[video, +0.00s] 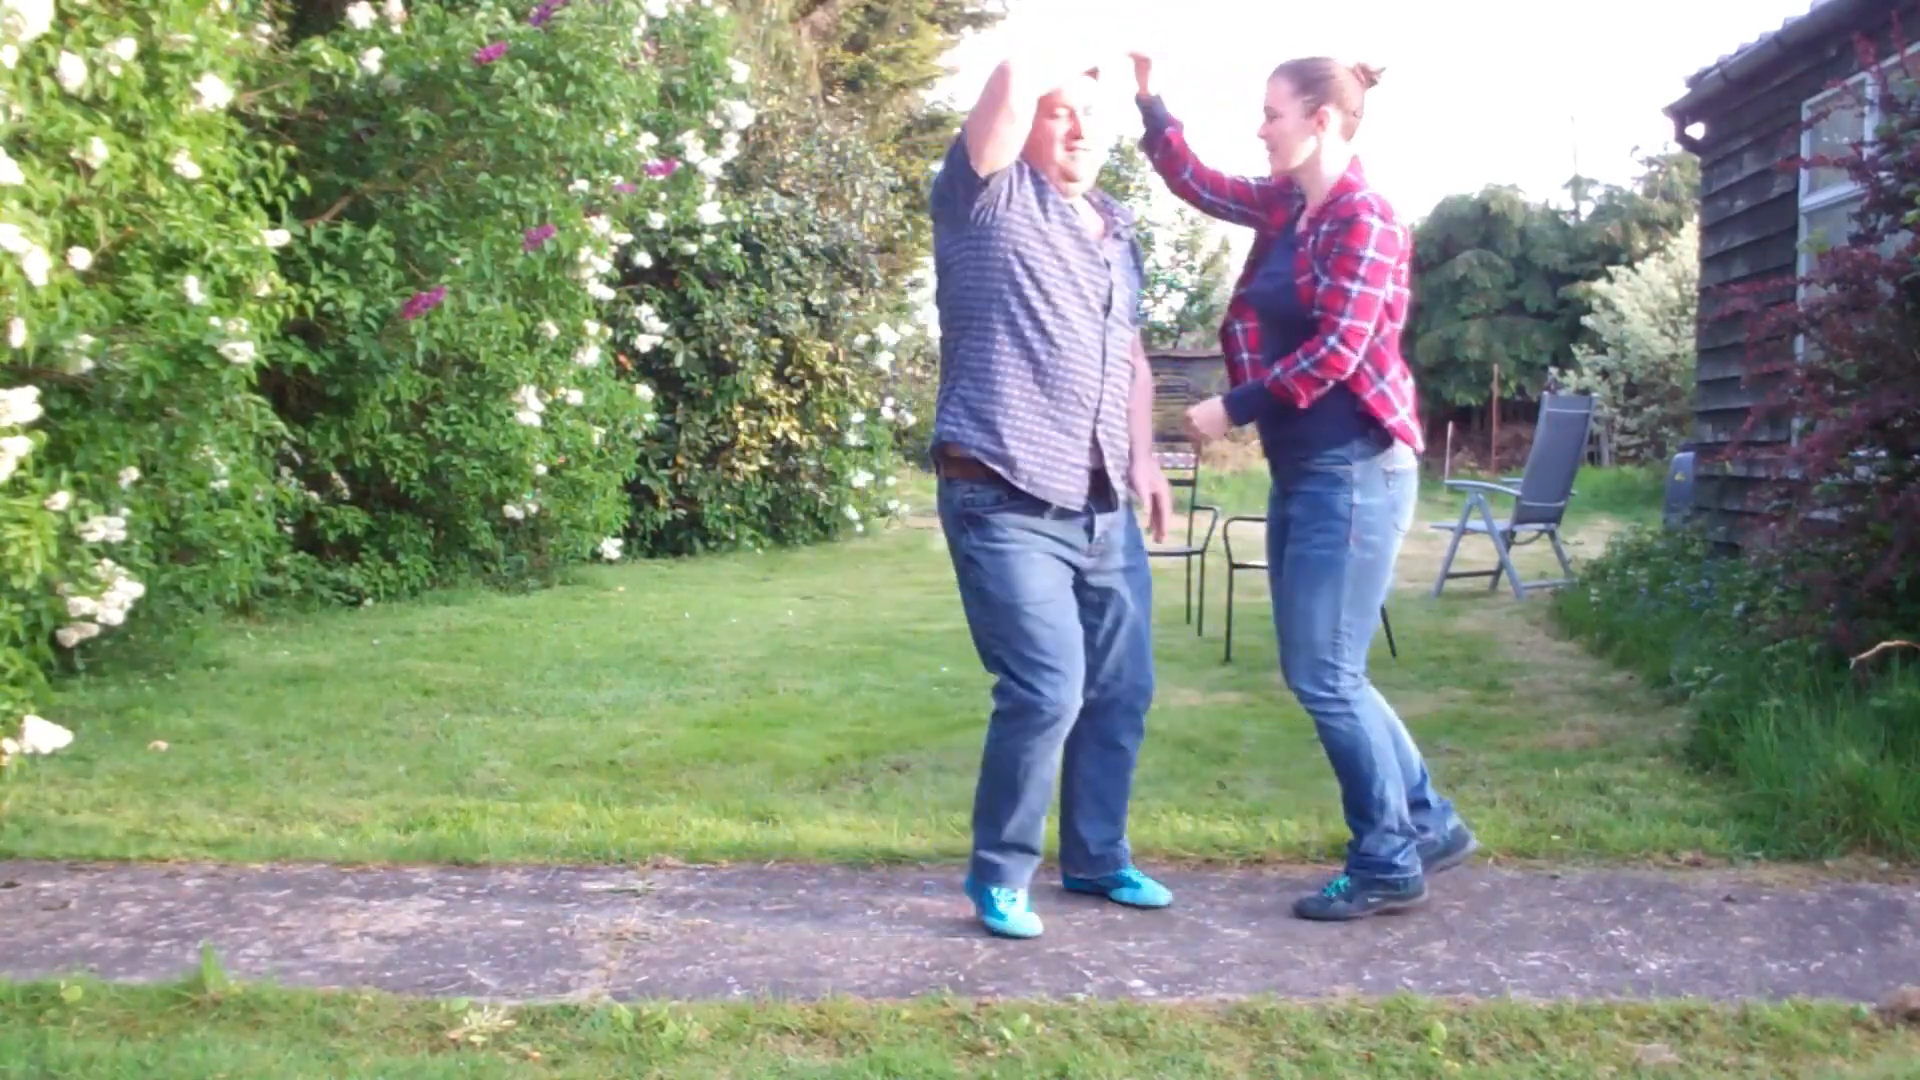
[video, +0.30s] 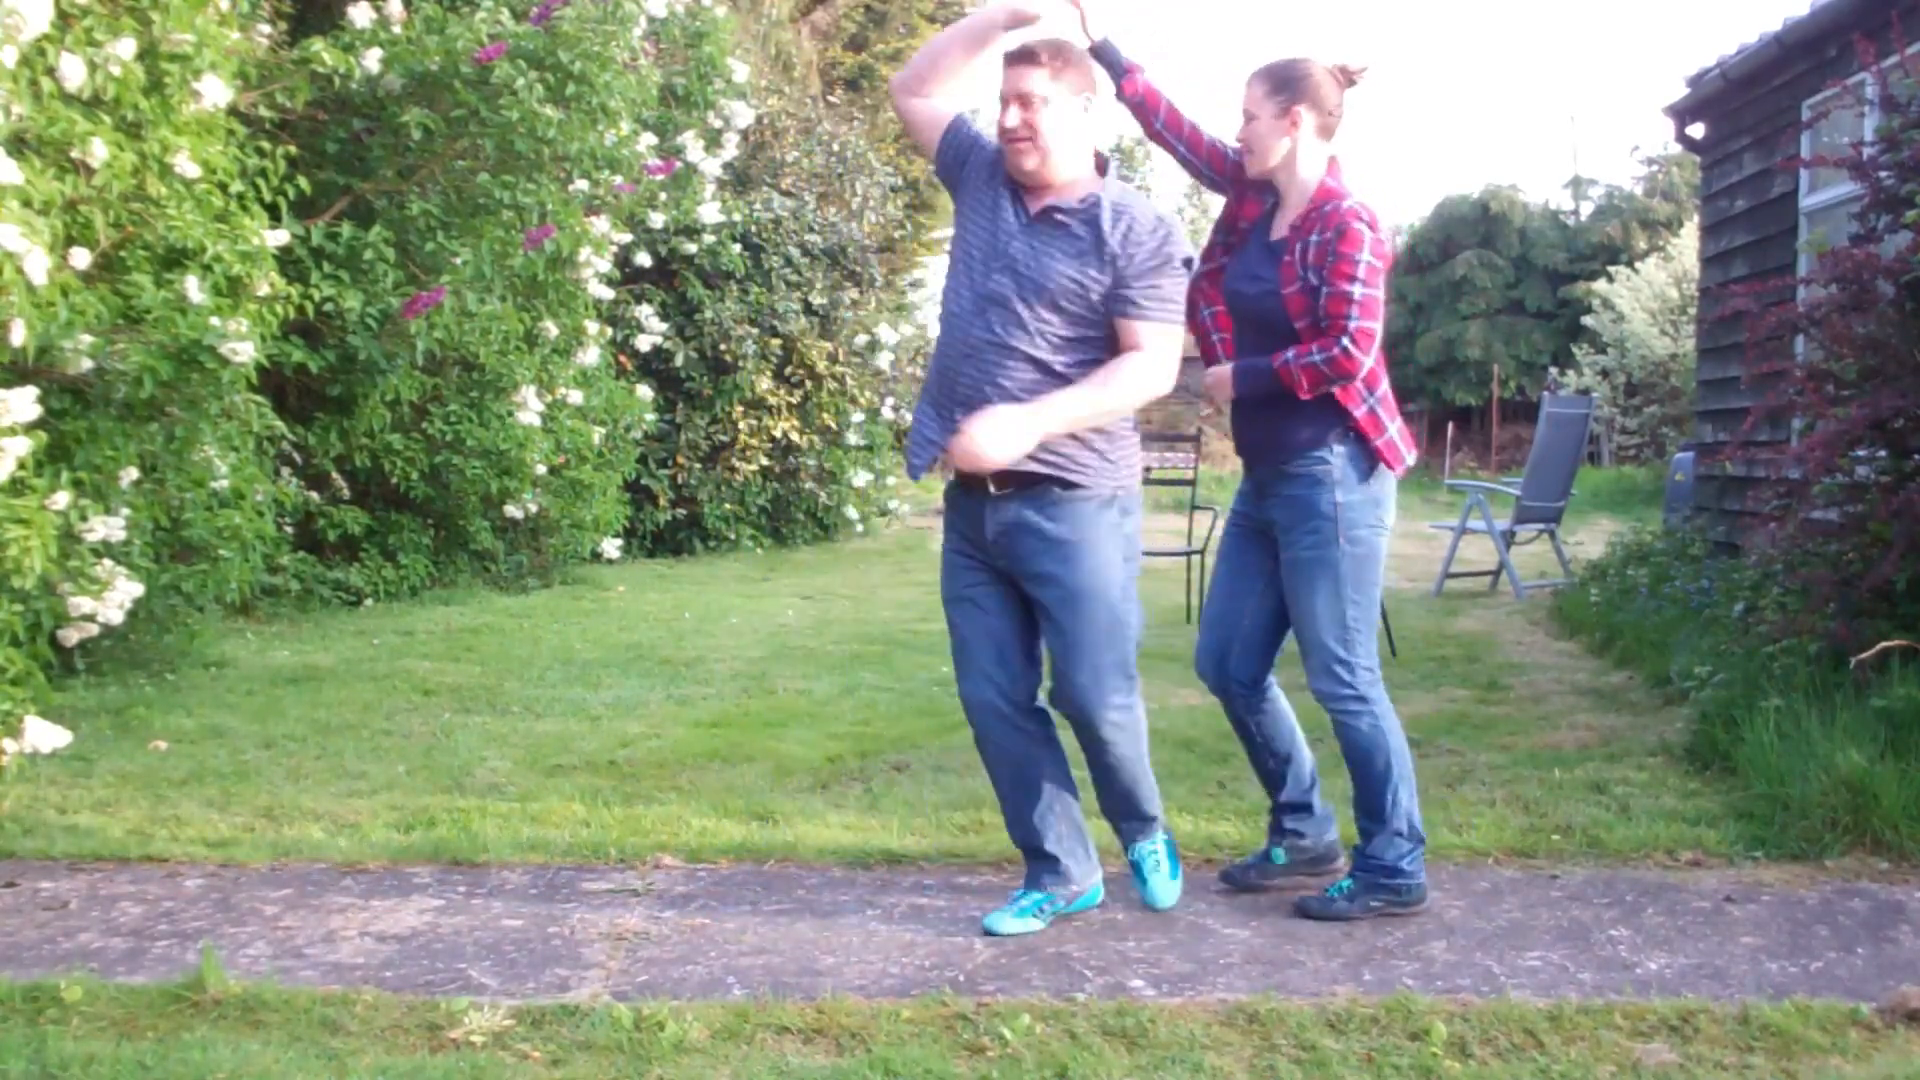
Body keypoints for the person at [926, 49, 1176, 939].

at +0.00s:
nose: (1071, 125)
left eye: (1086, 113)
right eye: (1053, 112)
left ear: (1107, 134)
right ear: (1022, 125)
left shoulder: (1112, 229)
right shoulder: (980, 196)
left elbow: (1130, 357)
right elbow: (1007, 84)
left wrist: (1143, 456)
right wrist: (1032, 63)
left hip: (1104, 507)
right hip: (1003, 499)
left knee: (1120, 689)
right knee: (1046, 687)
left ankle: (1095, 861)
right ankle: (1000, 874)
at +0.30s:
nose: (1010, 119)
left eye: (1032, 104)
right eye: (1005, 102)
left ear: (1089, 113)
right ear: (997, 106)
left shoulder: (1137, 229)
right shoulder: (980, 179)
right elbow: (914, 92)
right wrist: (996, 21)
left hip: (1079, 504)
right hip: (974, 505)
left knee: (1093, 695)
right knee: (994, 700)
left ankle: (1142, 834)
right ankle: (1061, 873)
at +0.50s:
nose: (969, 124)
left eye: (976, 106)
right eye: (974, 106)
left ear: (1006, 106)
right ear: (1056, 108)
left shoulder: (1016, 198)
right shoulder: (1085, 191)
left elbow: (950, 350)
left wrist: (902, 340)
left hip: (1027, 483)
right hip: (1074, 477)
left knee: (966, 677)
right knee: (1013, 679)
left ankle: (1064, 880)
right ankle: (1066, 873)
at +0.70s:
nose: (960, 117)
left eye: (960, 105)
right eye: (1053, 103)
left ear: (963, 111)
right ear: (1056, 107)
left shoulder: (923, 207)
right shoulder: (1102, 183)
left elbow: (879, 349)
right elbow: (1066, 298)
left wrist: (974, 365)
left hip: (988, 494)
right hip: (1095, 489)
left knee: (971, 706)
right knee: (1049, 697)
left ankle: (990, 933)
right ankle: (1054, 907)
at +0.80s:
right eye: (1045, 94)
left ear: (947, 116)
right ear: (1038, 110)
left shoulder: (897, 221)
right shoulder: (1085, 174)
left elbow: (885, 370)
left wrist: (973, 373)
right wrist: (1037, 66)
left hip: (971, 493)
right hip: (1088, 485)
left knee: (977, 717)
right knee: (1060, 705)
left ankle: (994, 941)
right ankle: (1052, 914)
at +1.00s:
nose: (1027, 110)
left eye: (1012, 99)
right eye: (1022, 99)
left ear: (933, 117)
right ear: (1017, 108)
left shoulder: (877, 229)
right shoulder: (1061, 160)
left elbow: (869, 380)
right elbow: (1092, 76)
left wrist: (950, 355)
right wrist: (1068, 15)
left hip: (948, 493)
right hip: (1073, 475)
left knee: (974, 726)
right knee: (1076, 712)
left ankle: (990, 943)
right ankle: (1082, 912)